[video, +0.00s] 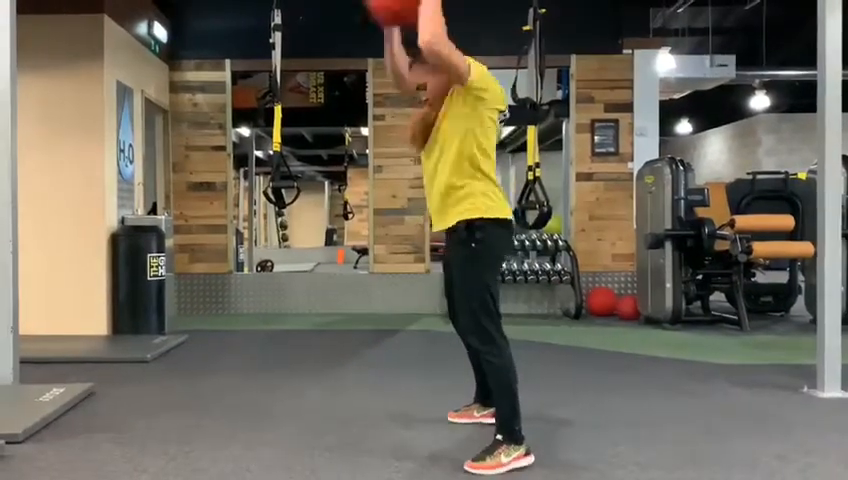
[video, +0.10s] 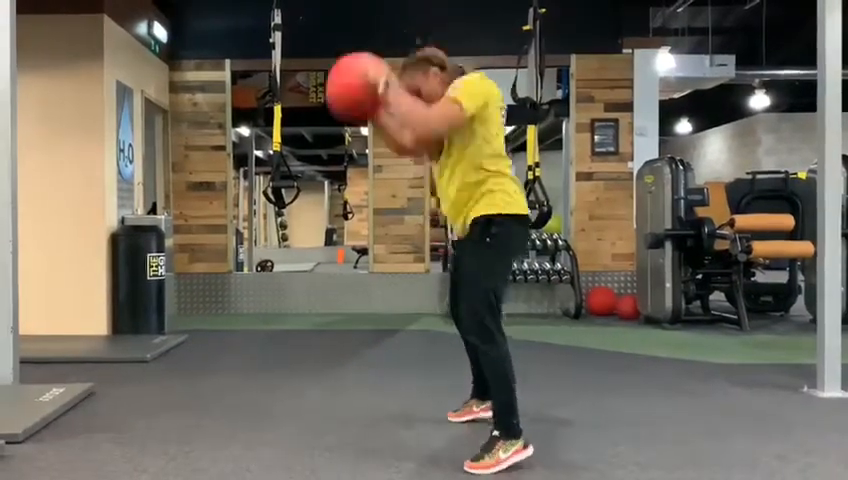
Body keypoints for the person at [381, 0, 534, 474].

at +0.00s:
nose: (426, 72)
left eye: (430, 62)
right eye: (425, 66)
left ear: (449, 57)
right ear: (428, 71)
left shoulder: (481, 85)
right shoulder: (443, 98)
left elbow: (432, 42)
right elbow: (401, 72)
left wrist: (427, 2)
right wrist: (391, 23)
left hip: (481, 221)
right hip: (459, 223)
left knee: (482, 325)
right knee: (464, 317)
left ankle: (513, 441)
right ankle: (487, 400)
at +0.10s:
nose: (417, 97)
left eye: (417, 89)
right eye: (413, 91)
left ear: (436, 72)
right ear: (430, 82)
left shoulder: (477, 85)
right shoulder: (446, 110)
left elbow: (430, 122)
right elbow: (408, 144)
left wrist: (387, 84)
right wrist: (374, 110)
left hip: (497, 216)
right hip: (471, 223)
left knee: (480, 316)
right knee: (466, 312)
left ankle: (510, 436)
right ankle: (485, 396)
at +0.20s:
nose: (396, 128)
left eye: (394, 119)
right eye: (391, 123)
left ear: (412, 101)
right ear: (411, 104)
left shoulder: (450, 120)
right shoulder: (440, 129)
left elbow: (451, 193)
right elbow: (443, 196)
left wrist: (398, 217)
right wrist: (394, 226)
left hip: (513, 225)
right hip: (492, 227)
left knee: (481, 324)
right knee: (465, 312)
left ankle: (513, 440)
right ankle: (484, 394)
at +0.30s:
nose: (379, 176)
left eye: (378, 168)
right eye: (374, 171)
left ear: (394, 151)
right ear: (393, 153)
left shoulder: (431, 171)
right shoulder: (421, 175)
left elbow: (450, 239)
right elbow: (428, 245)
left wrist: (416, 299)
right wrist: (412, 300)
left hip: (520, 249)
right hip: (497, 249)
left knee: (464, 334)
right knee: (452, 319)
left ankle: (514, 443)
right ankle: (484, 399)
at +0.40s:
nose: (371, 219)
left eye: (369, 211)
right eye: (365, 214)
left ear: (382, 191)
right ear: (381, 194)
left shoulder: (424, 206)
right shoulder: (408, 214)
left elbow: (442, 277)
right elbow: (425, 281)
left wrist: (422, 341)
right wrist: (412, 341)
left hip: (520, 267)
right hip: (494, 267)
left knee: (456, 344)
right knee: (441, 329)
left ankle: (514, 445)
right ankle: (484, 401)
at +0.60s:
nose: (359, 288)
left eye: (355, 281)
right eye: (354, 285)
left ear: (364, 263)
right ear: (366, 259)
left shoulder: (400, 264)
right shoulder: (395, 256)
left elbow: (416, 341)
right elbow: (414, 338)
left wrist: (410, 406)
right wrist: (408, 398)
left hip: (519, 214)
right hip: (502, 220)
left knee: (520, 332)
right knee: (494, 314)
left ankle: (563, 436)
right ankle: (509, 401)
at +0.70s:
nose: (352, 323)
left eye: (349, 316)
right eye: (346, 319)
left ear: (360, 298)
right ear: (362, 291)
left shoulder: (396, 296)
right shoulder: (392, 287)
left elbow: (413, 372)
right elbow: (414, 362)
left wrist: (412, 441)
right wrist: (412, 411)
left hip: (500, 233)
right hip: (491, 245)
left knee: (545, 329)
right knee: (525, 326)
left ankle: (659, 399)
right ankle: (599, 379)